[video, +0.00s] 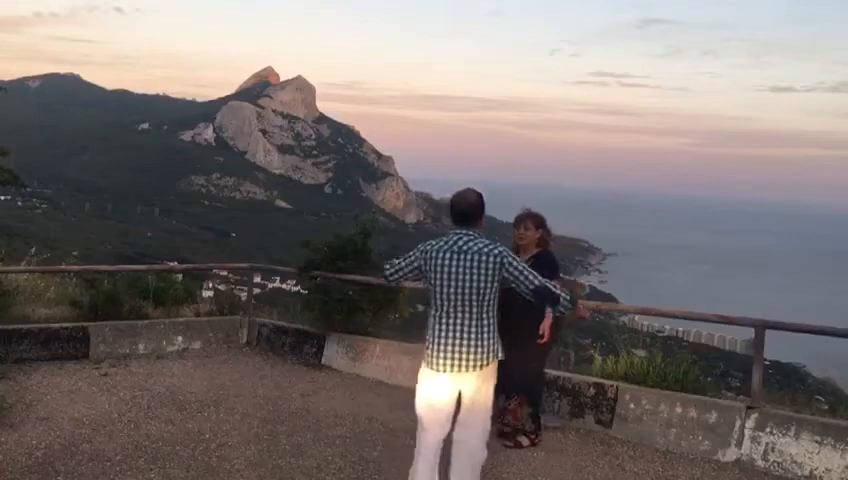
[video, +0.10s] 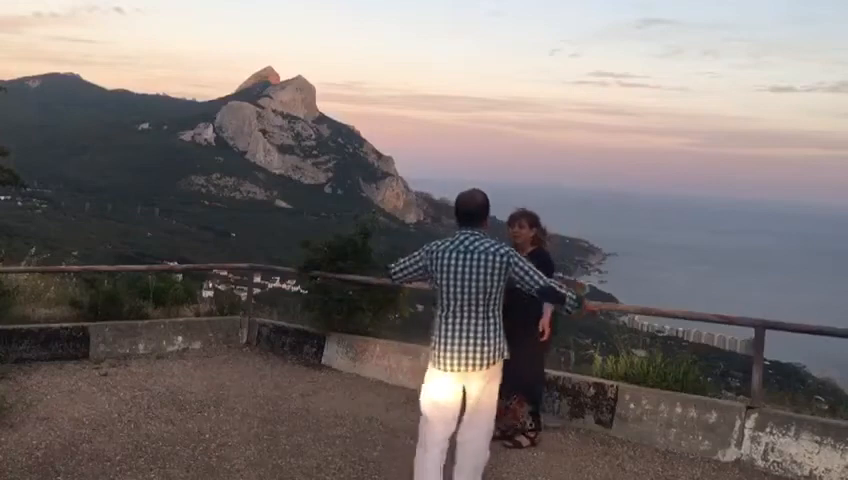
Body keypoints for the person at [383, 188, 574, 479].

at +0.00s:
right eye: (484, 215)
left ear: (450, 216)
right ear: (482, 218)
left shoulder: (430, 249)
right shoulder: (495, 252)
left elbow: (390, 273)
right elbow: (537, 286)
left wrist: (420, 271)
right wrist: (569, 303)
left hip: (439, 355)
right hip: (482, 356)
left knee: (429, 435)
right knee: (471, 436)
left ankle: (423, 475)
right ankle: (464, 475)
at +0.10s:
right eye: (492, 216)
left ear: (455, 216)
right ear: (487, 218)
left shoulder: (436, 249)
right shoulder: (501, 252)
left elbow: (396, 272)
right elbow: (542, 287)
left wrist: (428, 274)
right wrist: (575, 302)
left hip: (445, 352)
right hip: (487, 353)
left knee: (433, 434)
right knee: (475, 435)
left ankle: (428, 475)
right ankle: (466, 475)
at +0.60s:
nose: (496, 228)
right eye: (497, 222)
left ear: (465, 219)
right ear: (497, 220)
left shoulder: (447, 251)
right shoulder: (514, 252)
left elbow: (405, 264)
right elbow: (556, 279)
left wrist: (441, 275)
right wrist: (594, 290)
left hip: (457, 351)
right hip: (498, 354)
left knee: (451, 423)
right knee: (483, 428)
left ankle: (448, 474)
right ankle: (471, 474)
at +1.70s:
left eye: (469, 219)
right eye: (485, 217)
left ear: (465, 222)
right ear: (492, 221)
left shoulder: (449, 251)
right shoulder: (508, 252)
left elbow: (407, 260)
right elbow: (544, 277)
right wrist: (570, 287)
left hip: (457, 341)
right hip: (493, 343)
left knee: (449, 404)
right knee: (486, 406)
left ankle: (458, 466)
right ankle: (483, 465)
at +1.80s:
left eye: (467, 219)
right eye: (482, 216)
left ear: (463, 222)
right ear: (489, 221)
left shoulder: (450, 252)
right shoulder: (507, 250)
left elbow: (409, 266)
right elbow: (540, 274)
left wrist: (383, 267)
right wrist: (568, 285)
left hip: (458, 338)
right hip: (495, 339)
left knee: (448, 399)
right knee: (485, 403)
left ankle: (466, 459)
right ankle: (483, 464)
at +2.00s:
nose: (449, 226)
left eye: (449, 222)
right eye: (451, 221)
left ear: (452, 224)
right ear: (476, 222)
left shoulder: (446, 254)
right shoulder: (498, 246)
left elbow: (410, 278)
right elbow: (534, 258)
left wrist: (385, 268)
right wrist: (545, 257)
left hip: (457, 337)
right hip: (493, 336)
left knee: (441, 391)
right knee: (484, 400)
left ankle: (452, 452)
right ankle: (482, 462)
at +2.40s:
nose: (430, 227)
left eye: (431, 223)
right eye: (431, 222)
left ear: (436, 224)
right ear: (457, 223)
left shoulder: (433, 250)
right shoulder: (477, 247)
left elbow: (397, 266)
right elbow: (505, 261)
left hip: (438, 333)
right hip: (470, 332)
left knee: (434, 392)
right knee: (457, 385)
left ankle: (441, 452)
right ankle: (466, 439)